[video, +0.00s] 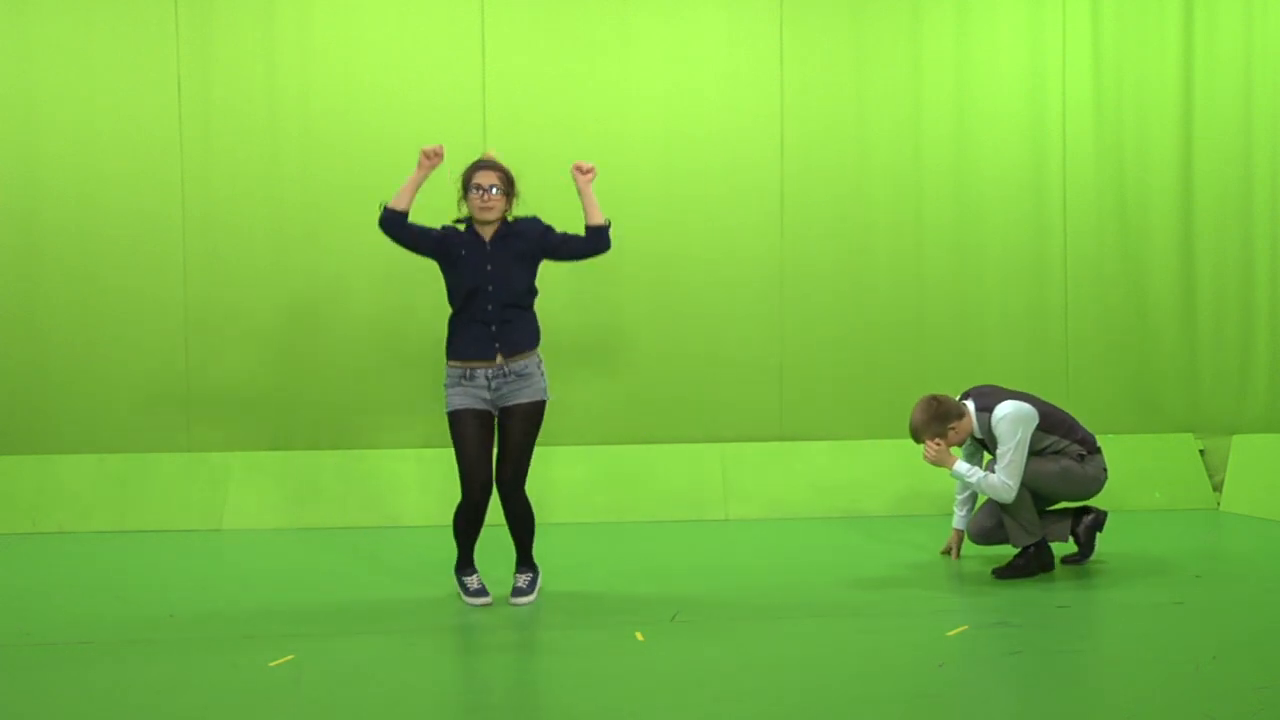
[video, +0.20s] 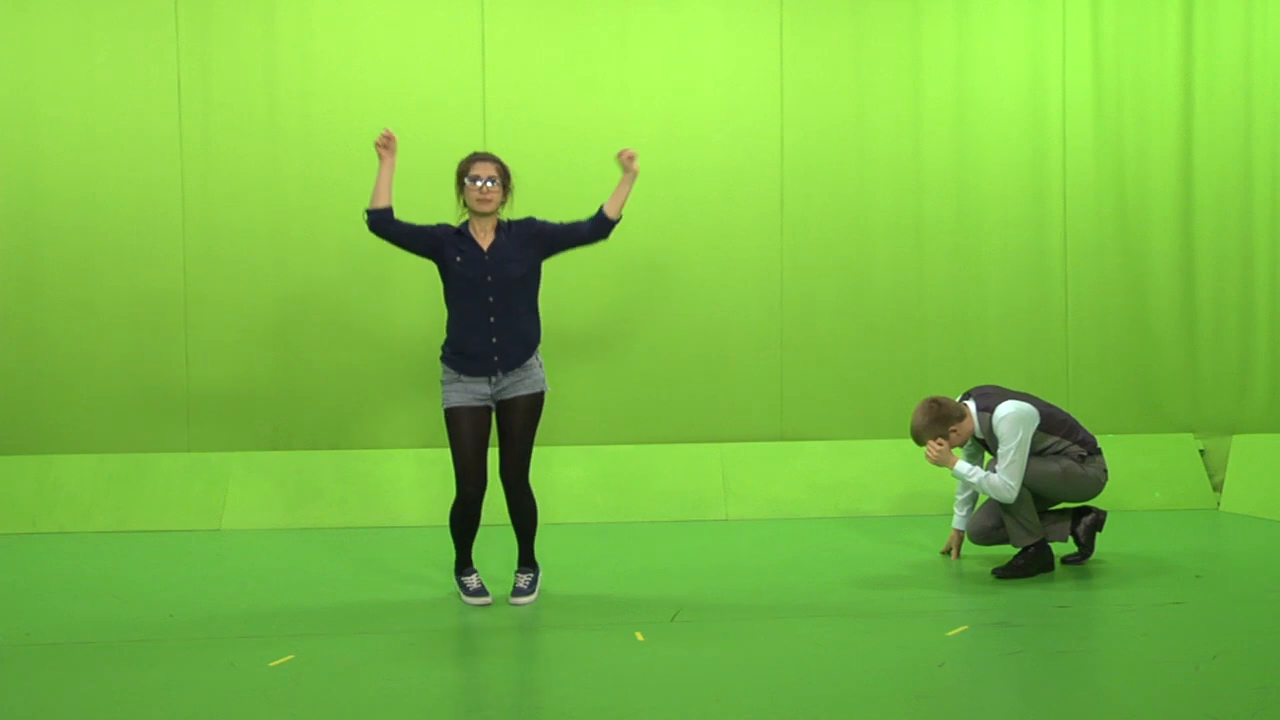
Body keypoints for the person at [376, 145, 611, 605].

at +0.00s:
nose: (485, 195)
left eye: (494, 189)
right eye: (477, 189)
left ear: (508, 198)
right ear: (465, 198)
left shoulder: (529, 237)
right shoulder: (448, 244)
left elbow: (596, 243)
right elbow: (391, 223)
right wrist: (421, 172)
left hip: (523, 375)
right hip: (466, 379)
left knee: (510, 483)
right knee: (477, 488)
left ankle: (525, 567)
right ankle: (466, 567)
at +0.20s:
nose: (484, 187)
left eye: (492, 181)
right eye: (475, 181)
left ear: (505, 191)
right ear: (462, 191)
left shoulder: (529, 235)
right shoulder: (444, 241)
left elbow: (597, 228)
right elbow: (379, 223)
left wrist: (629, 178)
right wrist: (386, 160)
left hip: (521, 374)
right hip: (463, 378)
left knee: (515, 477)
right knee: (471, 485)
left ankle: (527, 567)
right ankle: (465, 568)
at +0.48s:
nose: (476, 178)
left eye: (484, 172)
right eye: (467, 171)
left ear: (495, 182)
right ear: (451, 180)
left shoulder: (515, 215)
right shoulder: (436, 225)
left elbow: (583, 234)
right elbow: (381, 205)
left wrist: (601, 178)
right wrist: (382, 144)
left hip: (511, 357)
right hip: (453, 361)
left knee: (511, 469)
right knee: (463, 474)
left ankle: (529, 566)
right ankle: (463, 573)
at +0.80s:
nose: (477, 162)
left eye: (485, 155)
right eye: (467, 156)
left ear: (497, 164)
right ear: (452, 167)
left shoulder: (522, 207)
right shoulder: (438, 213)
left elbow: (590, 199)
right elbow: (368, 188)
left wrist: (603, 143)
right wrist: (355, 123)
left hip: (518, 348)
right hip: (460, 351)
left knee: (515, 457)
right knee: (467, 463)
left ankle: (526, 558)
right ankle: (464, 566)